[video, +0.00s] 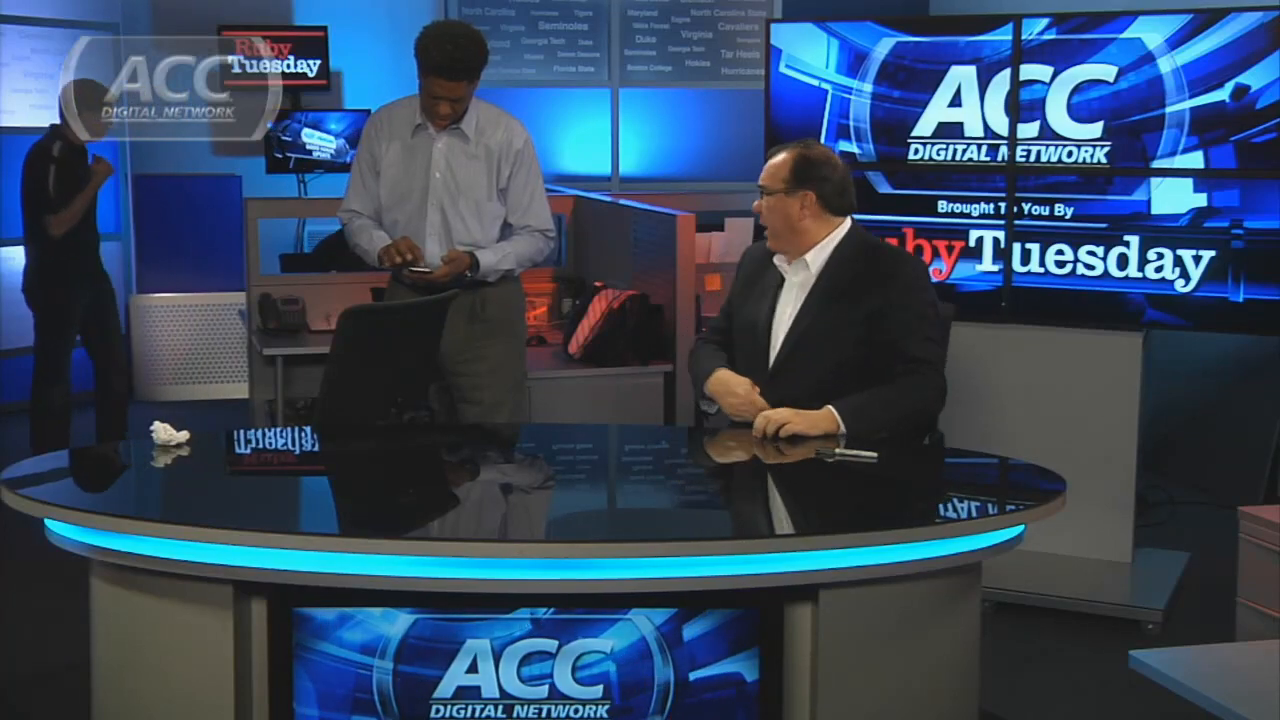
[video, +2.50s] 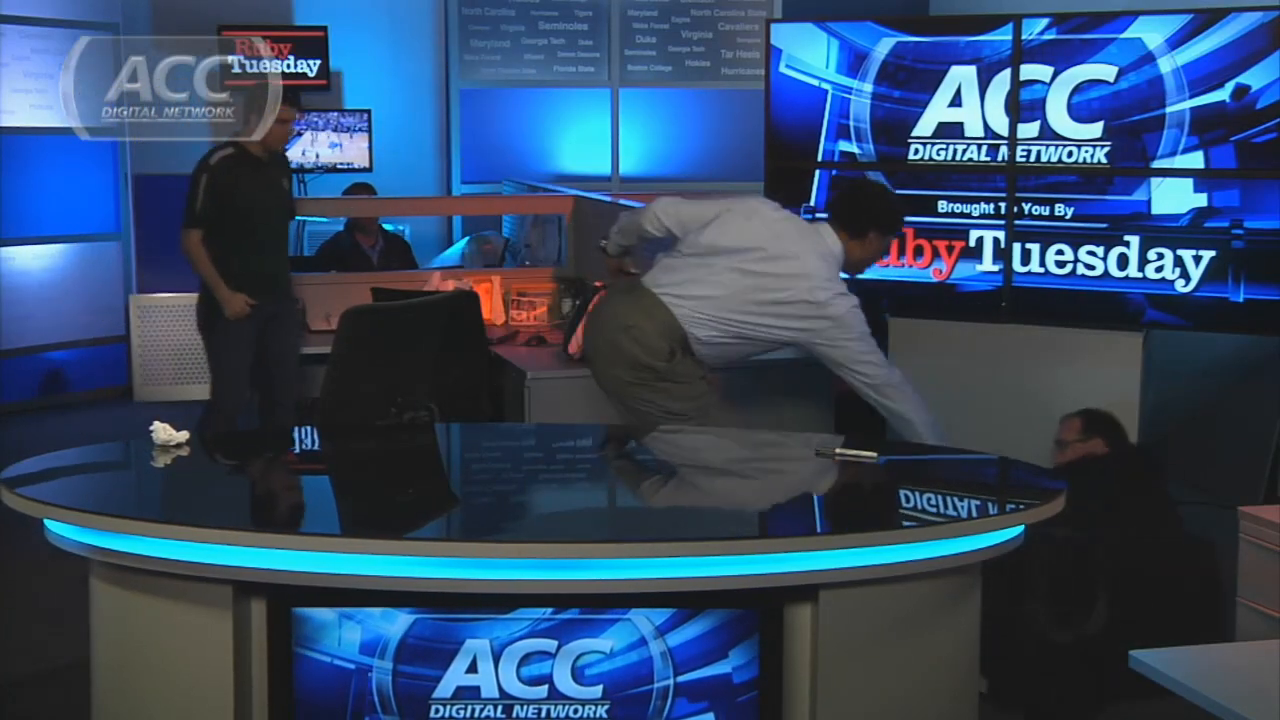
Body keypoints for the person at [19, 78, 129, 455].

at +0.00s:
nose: (104, 121)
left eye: (105, 112)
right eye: (97, 112)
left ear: (89, 113)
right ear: (76, 112)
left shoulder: (78, 154)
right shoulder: (44, 155)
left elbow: (77, 224)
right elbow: (53, 226)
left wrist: (90, 272)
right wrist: (95, 182)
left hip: (88, 277)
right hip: (54, 282)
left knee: (113, 365)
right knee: (53, 375)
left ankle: (111, 451)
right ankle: (50, 462)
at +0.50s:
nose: (134, 124)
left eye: (135, 115)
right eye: (128, 115)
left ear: (109, 117)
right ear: (107, 116)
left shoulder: (102, 157)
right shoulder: (72, 157)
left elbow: (98, 224)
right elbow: (74, 229)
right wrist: (134, 212)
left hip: (112, 282)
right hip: (79, 285)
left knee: (131, 370)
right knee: (75, 374)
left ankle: (135, 454)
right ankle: (53, 462)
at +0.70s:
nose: (154, 122)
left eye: (154, 114)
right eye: (148, 114)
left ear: (128, 115)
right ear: (126, 113)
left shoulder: (127, 156)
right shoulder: (96, 154)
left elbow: (127, 224)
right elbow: (88, 224)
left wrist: (142, 272)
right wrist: (140, 274)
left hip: (135, 283)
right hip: (102, 285)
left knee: (148, 375)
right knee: (102, 376)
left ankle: (141, 464)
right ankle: (61, 463)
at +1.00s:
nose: (176, 122)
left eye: (179, 114)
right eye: (170, 113)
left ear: (178, 117)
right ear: (150, 113)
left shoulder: (162, 159)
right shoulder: (113, 153)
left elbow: (160, 235)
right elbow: (83, 218)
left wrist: (175, 286)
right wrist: (82, 281)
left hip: (157, 281)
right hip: (119, 280)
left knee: (154, 371)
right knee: (136, 368)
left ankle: (141, 453)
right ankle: (110, 455)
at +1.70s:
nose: (181, 121)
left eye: (186, 112)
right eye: (172, 112)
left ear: (192, 115)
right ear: (154, 114)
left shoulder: (197, 157)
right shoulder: (124, 161)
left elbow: (207, 224)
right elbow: (104, 235)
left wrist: (218, 284)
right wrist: (122, 292)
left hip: (198, 290)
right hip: (149, 295)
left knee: (206, 383)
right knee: (159, 388)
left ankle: (199, 458)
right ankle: (165, 470)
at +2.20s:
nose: (232, 128)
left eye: (233, 119)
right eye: (224, 119)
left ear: (231, 121)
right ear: (199, 119)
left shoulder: (232, 164)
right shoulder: (161, 168)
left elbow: (244, 231)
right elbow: (145, 242)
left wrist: (251, 292)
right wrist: (178, 293)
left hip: (232, 300)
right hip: (181, 304)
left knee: (251, 394)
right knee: (181, 402)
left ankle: (259, 474)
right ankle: (181, 481)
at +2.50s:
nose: (290, 131)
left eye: (293, 123)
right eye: (283, 122)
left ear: (289, 125)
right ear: (259, 120)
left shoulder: (279, 165)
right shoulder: (217, 165)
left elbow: (276, 236)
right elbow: (191, 239)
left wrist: (285, 293)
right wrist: (225, 296)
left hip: (276, 304)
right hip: (231, 306)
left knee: (280, 396)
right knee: (230, 398)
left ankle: (276, 474)